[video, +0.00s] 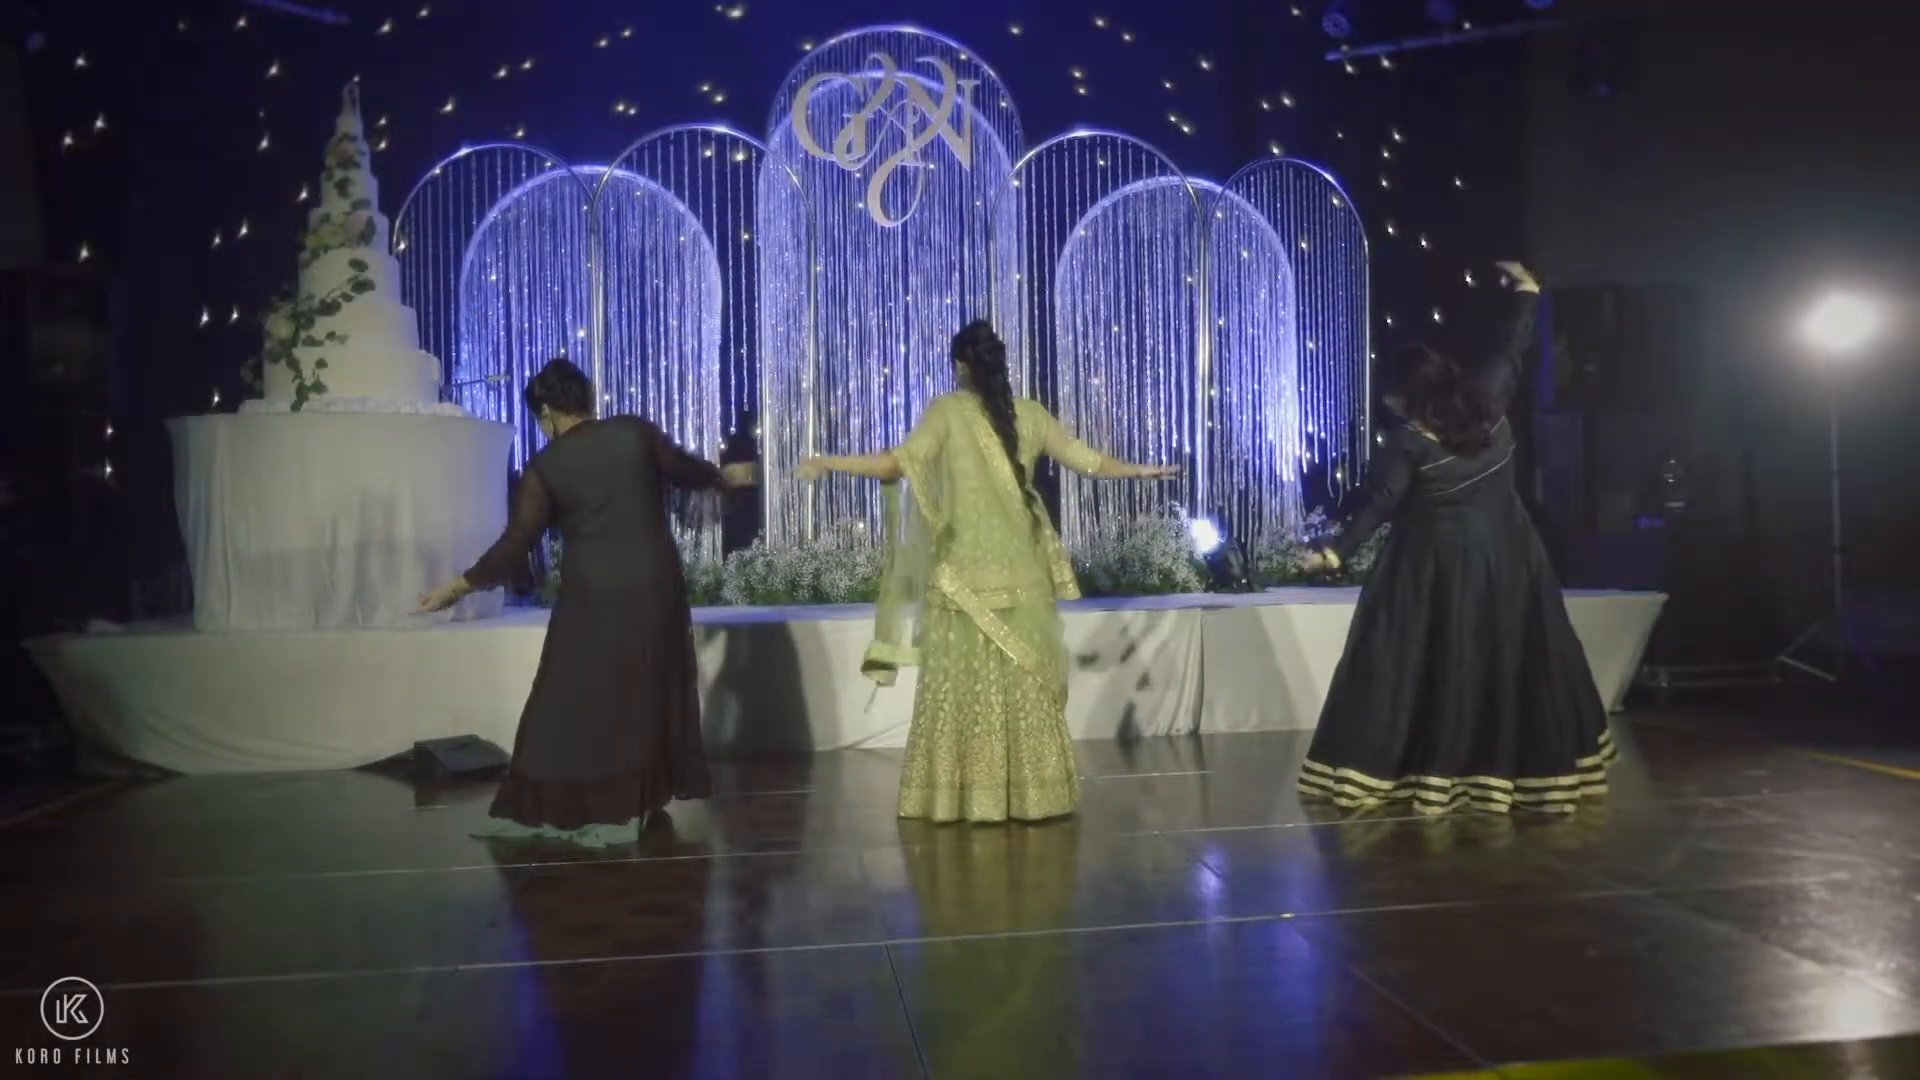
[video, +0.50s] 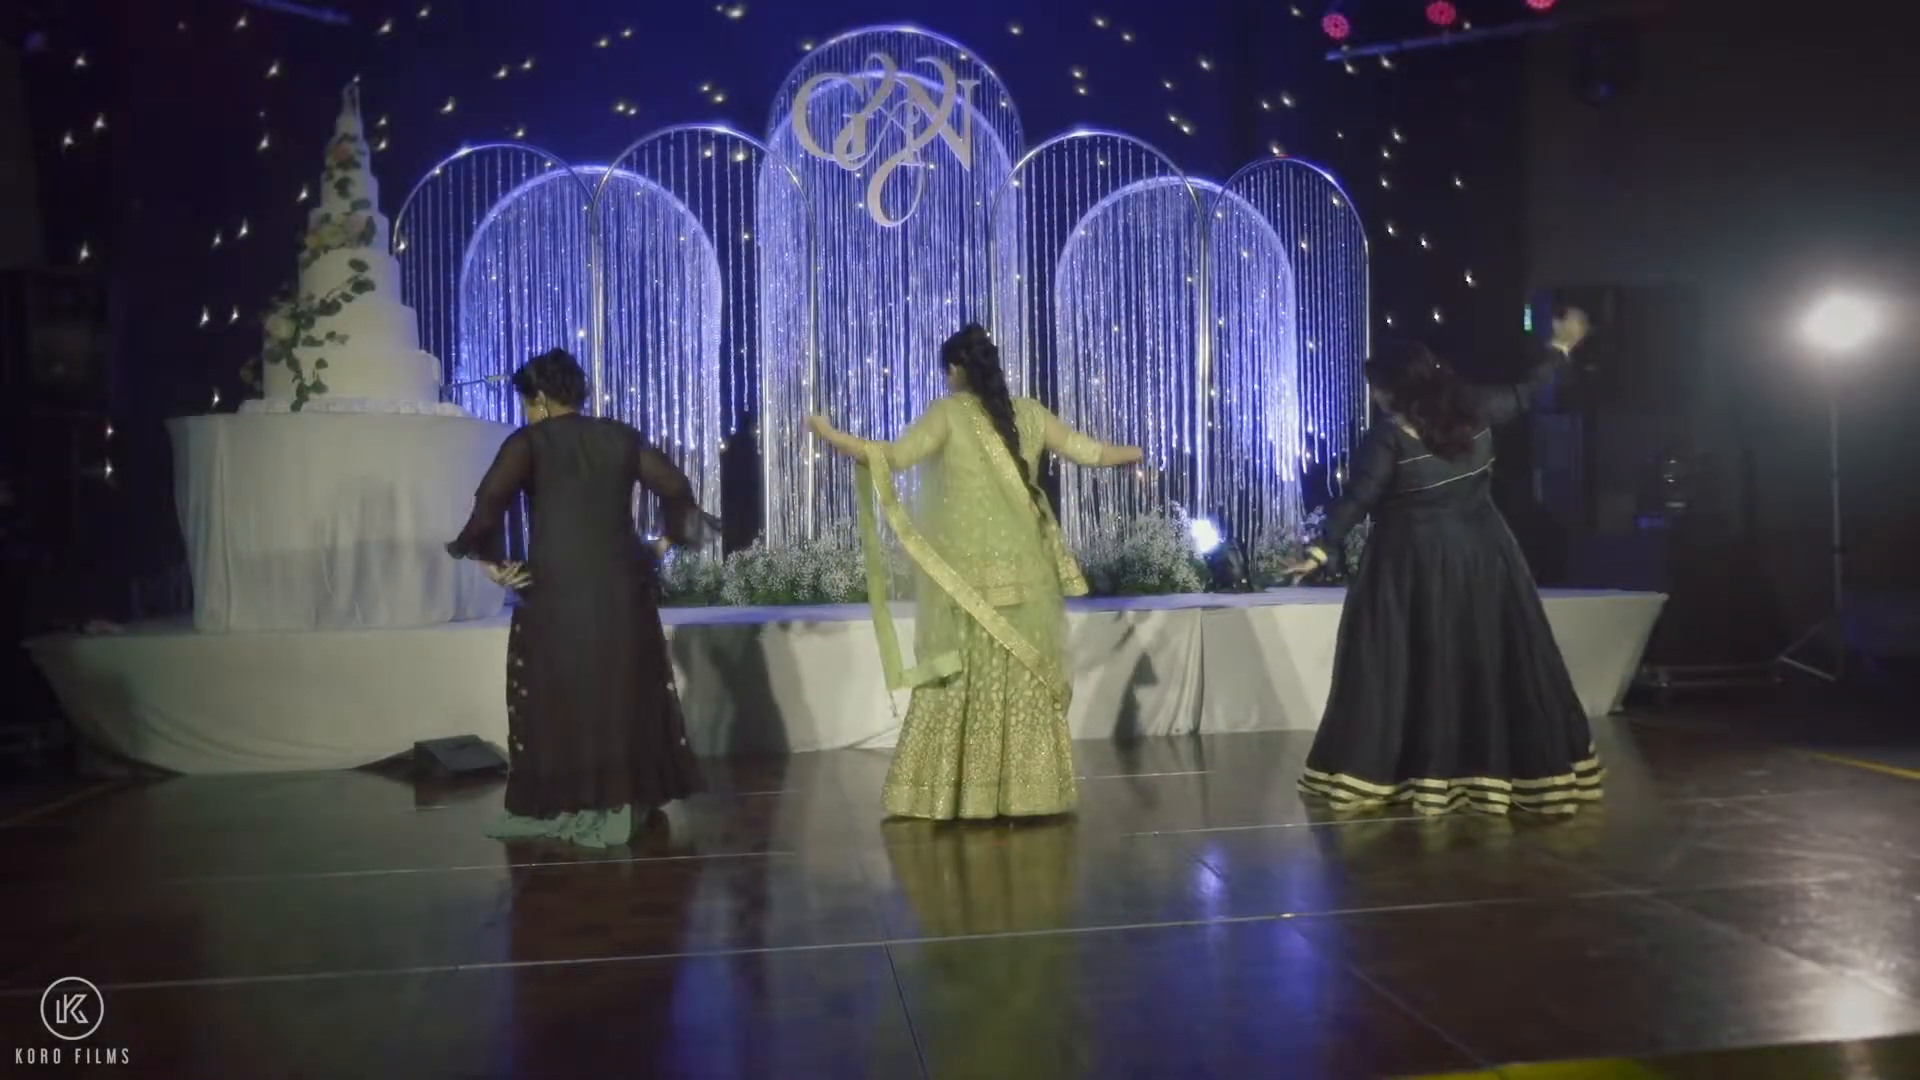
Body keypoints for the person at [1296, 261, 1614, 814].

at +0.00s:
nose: (1389, 409)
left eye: (1390, 401)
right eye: (1387, 400)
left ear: (1407, 397)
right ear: (1446, 380)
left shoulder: (1406, 444)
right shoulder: (1488, 402)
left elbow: (1382, 502)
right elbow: (1514, 348)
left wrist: (1337, 550)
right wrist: (1529, 292)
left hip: (1437, 556)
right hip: (1504, 547)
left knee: (1430, 664)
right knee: (1505, 660)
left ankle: (1431, 781)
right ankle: (1508, 778)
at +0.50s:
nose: (1371, 396)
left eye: (1374, 388)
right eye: (1371, 387)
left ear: (1392, 388)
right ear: (1430, 377)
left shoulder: (1389, 436)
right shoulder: (1475, 410)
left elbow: (1360, 497)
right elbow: (1529, 391)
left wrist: (1321, 547)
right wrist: (1562, 346)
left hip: (1416, 556)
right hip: (1482, 551)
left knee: (1414, 662)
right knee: (1486, 660)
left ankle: (1419, 781)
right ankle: (1494, 778)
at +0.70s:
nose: (1356, 396)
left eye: (1359, 387)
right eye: (1354, 387)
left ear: (1377, 385)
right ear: (1411, 376)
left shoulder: (1377, 426)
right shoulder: (1451, 416)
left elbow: (1354, 479)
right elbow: (1498, 425)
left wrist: (1321, 519)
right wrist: (1552, 420)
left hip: (1397, 555)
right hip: (1458, 550)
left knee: (1393, 662)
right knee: (1467, 659)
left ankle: (1388, 780)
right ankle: (1476, 779)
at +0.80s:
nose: (1336, 397)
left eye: (1339, 388)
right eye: (1335, 388)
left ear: (1362, 386)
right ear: (1386, 383)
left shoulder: (1369, 424)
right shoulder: (1424, 420)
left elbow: (1352, 468)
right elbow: (1458, 428)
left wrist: (1331, 497)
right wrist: (1496, 422)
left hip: (1386, 549)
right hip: (1438, 545)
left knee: (1379, 660)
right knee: (1445, 658)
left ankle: (1376, 774)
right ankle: (1453, 772)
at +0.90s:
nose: (1316, 400)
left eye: (1320, 390)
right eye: (1315, 390)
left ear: (1344, 388)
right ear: (1359, 385)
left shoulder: (1355, 425)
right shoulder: (1395, 423)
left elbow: (1340, 481)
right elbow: (1406, 450)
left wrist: (1324, 497)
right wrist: (1435, 434)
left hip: (1368, 550)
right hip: (1411, 546)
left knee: (1361, 660)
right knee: (1418, 657)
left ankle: (1364, 771)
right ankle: (1428, 769)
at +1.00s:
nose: (1294, 398)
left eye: (1298, 387)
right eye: (1292, 388)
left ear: (1319, 386)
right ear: (1331, 385)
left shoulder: (1332, 428)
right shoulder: (1353, 426)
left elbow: (1327, 487)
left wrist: (1317, 499)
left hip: (1340, 566)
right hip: (1366, 560)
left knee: (1335, 669)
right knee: (1364, 667)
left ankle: (1346, 772)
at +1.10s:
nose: (1269, 393)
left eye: (1275, 383)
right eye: (1268, 384)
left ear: (1301, 383)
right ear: (1298, 387)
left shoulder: (1323, 424)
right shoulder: (1296, 429)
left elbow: (1338, 473)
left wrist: (1338, 500)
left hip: (1318, 562)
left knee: (1318, 666)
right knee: (1297, 666)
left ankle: (1333, 773)